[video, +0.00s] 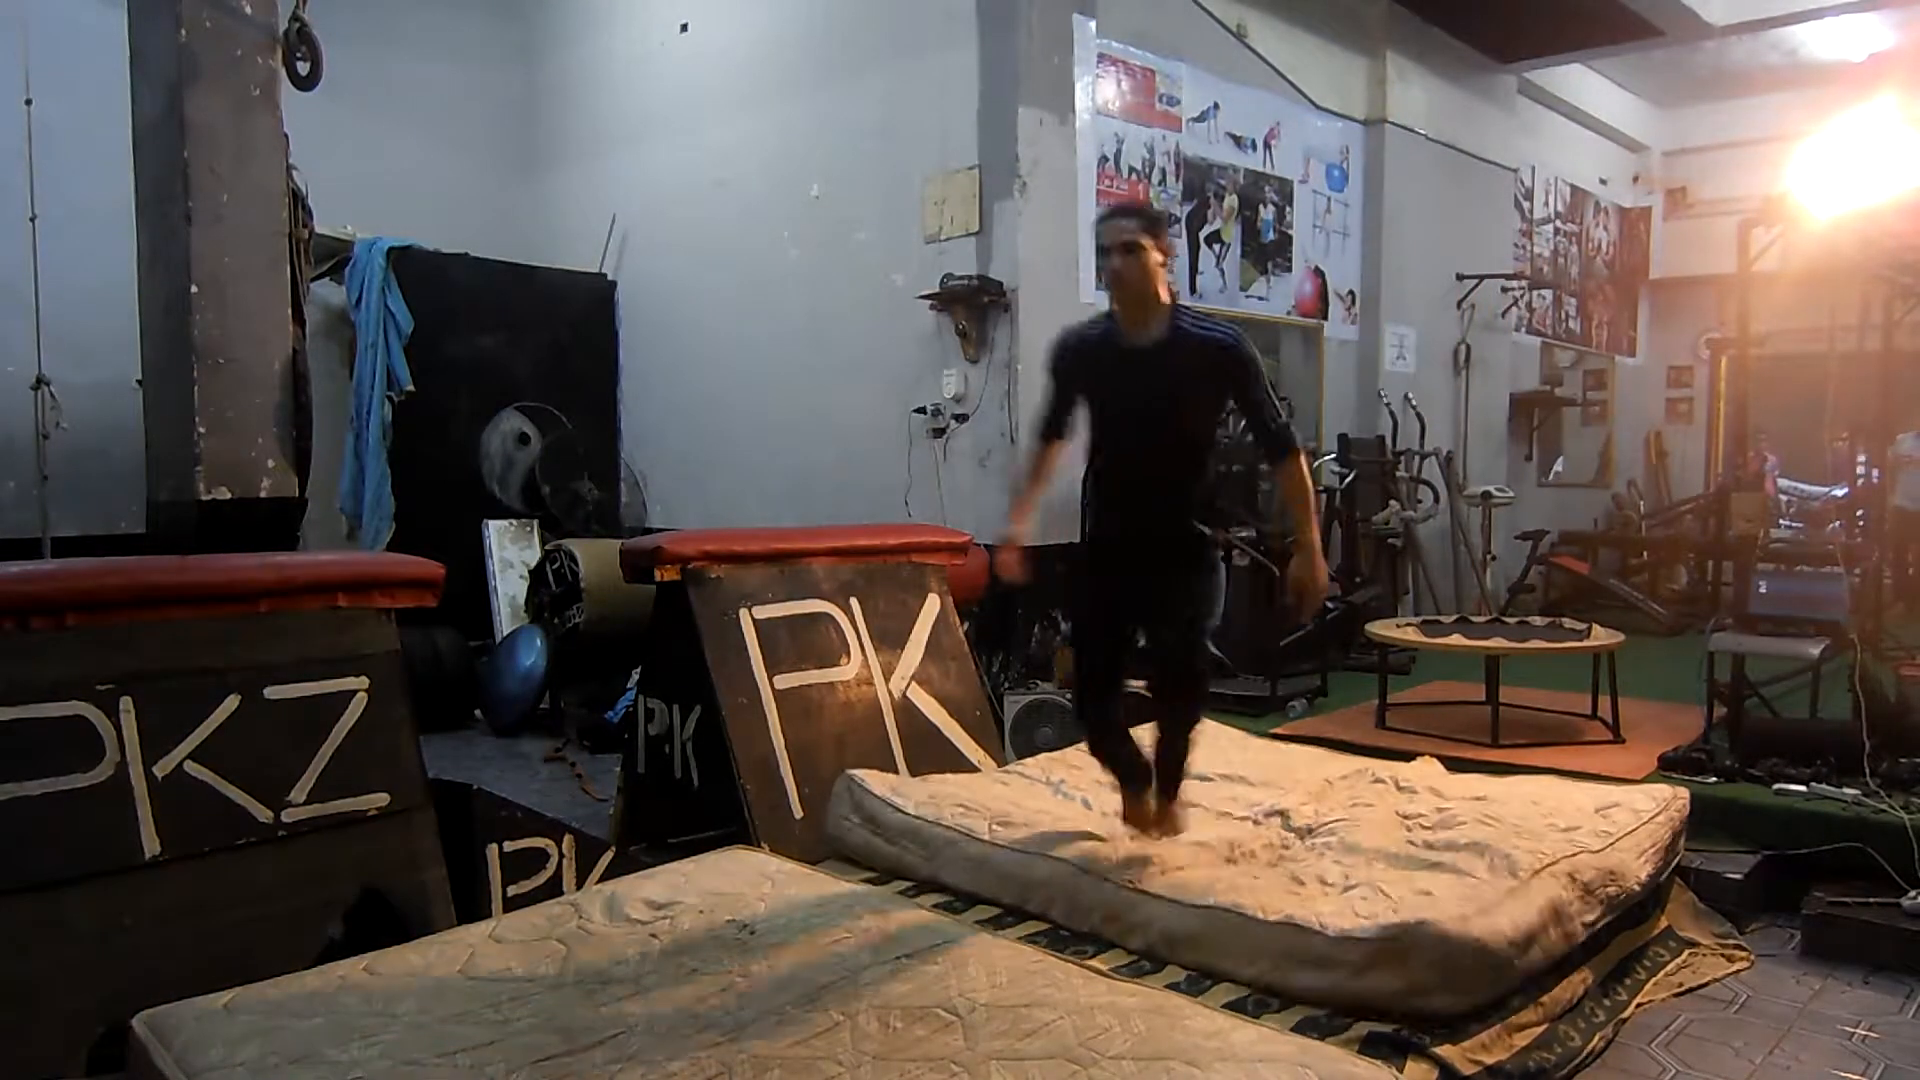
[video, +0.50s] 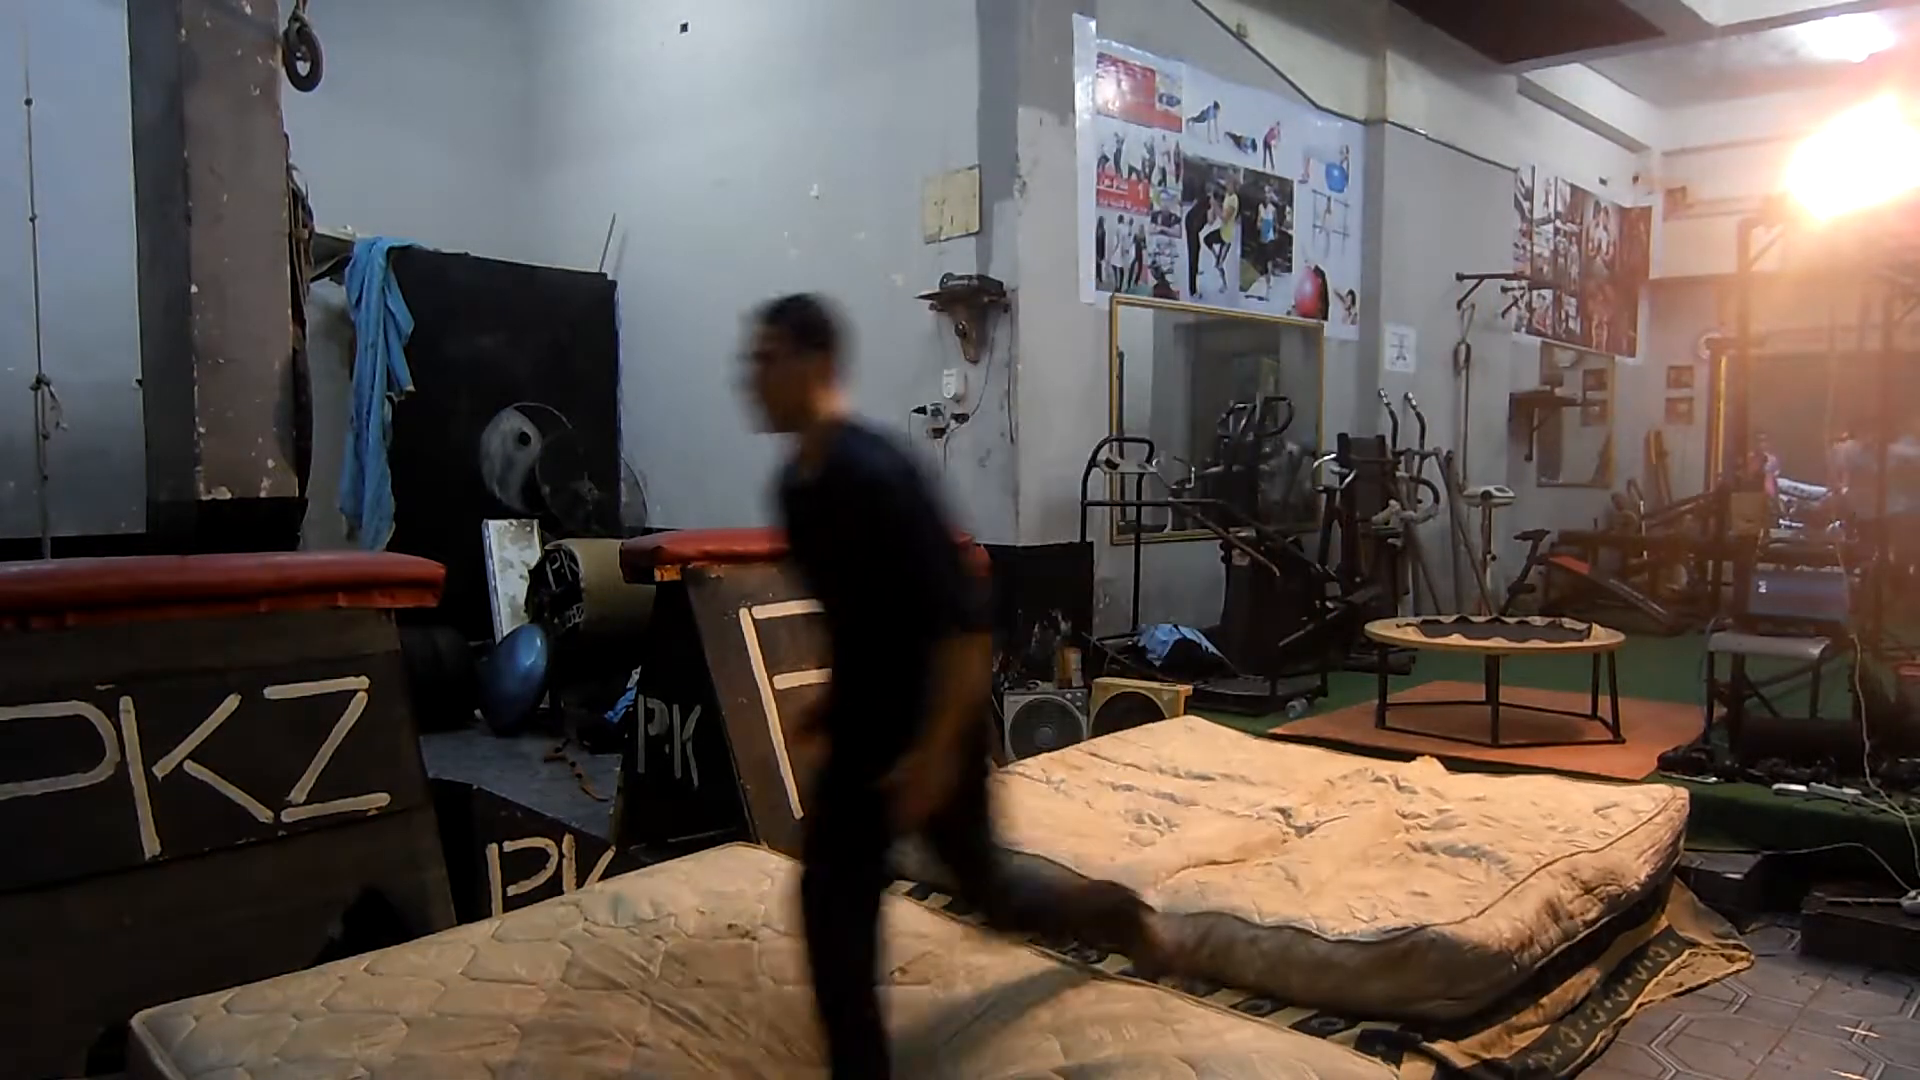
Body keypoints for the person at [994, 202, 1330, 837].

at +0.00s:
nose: (1116, 265)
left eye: (1130, 251)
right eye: (1106, 254)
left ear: (1165, 257)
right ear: (1099, 267)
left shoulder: (1220, 348)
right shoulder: (1080, 349)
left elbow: (1284, 447)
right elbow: (1052, 438)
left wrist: (1310, 545)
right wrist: (1019, 522)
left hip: (1185, 540)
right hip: (1107, 539)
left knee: (1181, 684)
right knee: (1093, 704)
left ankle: (1167, 796)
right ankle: (1135, 784)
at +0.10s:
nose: (1080, 280)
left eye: (1093, 265)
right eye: (1071, 267)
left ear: (1134, 266)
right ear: (1063, 275)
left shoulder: (1193, 359)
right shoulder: (1045, 363)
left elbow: (1279, 450)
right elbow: (992, 444)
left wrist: (1316, 550)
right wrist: (940, 526)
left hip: (1159, 561)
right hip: (1080, 558)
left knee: (1159, 730)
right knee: (1047, 699)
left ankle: (1150, 876)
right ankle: (1112, 720)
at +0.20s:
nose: (1040, 339)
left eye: (1054, 324)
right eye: (1031, 325)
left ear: (1094, 325)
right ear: (1022, 331)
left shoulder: (1151, 420)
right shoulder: (1015, 414)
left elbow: (1264, 510)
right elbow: (952, 491)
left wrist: (1290, 611)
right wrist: (879, 563)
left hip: (1127, 618)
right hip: (1049, 606)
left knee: (1136, 796)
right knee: (967, 689)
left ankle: (1156, 954)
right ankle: (1049, 788)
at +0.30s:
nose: (965, 395)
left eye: (979, 378)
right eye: (962, 379)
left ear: (1024, 380)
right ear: (964, 382)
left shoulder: (1088, 475)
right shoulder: (971, 467)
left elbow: (1194, 598)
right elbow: (927, 545)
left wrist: (1200, 721)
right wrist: (856, 603)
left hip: (1089, 677)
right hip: (1008, 665)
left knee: (1117, 841)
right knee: (912, 713)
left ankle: (1154, 993)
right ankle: (932, 908)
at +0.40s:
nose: (871, 379)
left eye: (885, 364)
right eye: (867, 365)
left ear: (932, 368)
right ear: (871, 373)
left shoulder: (989, 461)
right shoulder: (887, 467)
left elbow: (1076, 606)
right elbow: (921, 561)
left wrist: (1063, 731)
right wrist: (872, 642)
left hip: (1034, 681)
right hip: (956, 678)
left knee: (1080, 829)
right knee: (873, 814)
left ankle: (1161, 978)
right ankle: (860, 1035)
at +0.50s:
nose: (752, 377)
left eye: (768, 360)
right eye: (753, 360)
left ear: (820, 366)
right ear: (783, 369)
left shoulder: (881, 467)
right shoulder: (800, 482)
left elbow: (969, 618)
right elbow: (866, 619)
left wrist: (939, 751)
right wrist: (832, 697)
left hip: (934, 705)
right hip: (869, 706)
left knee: (983, 885)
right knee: (835, 899)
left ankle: (1118, 915)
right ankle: (859, 1064)